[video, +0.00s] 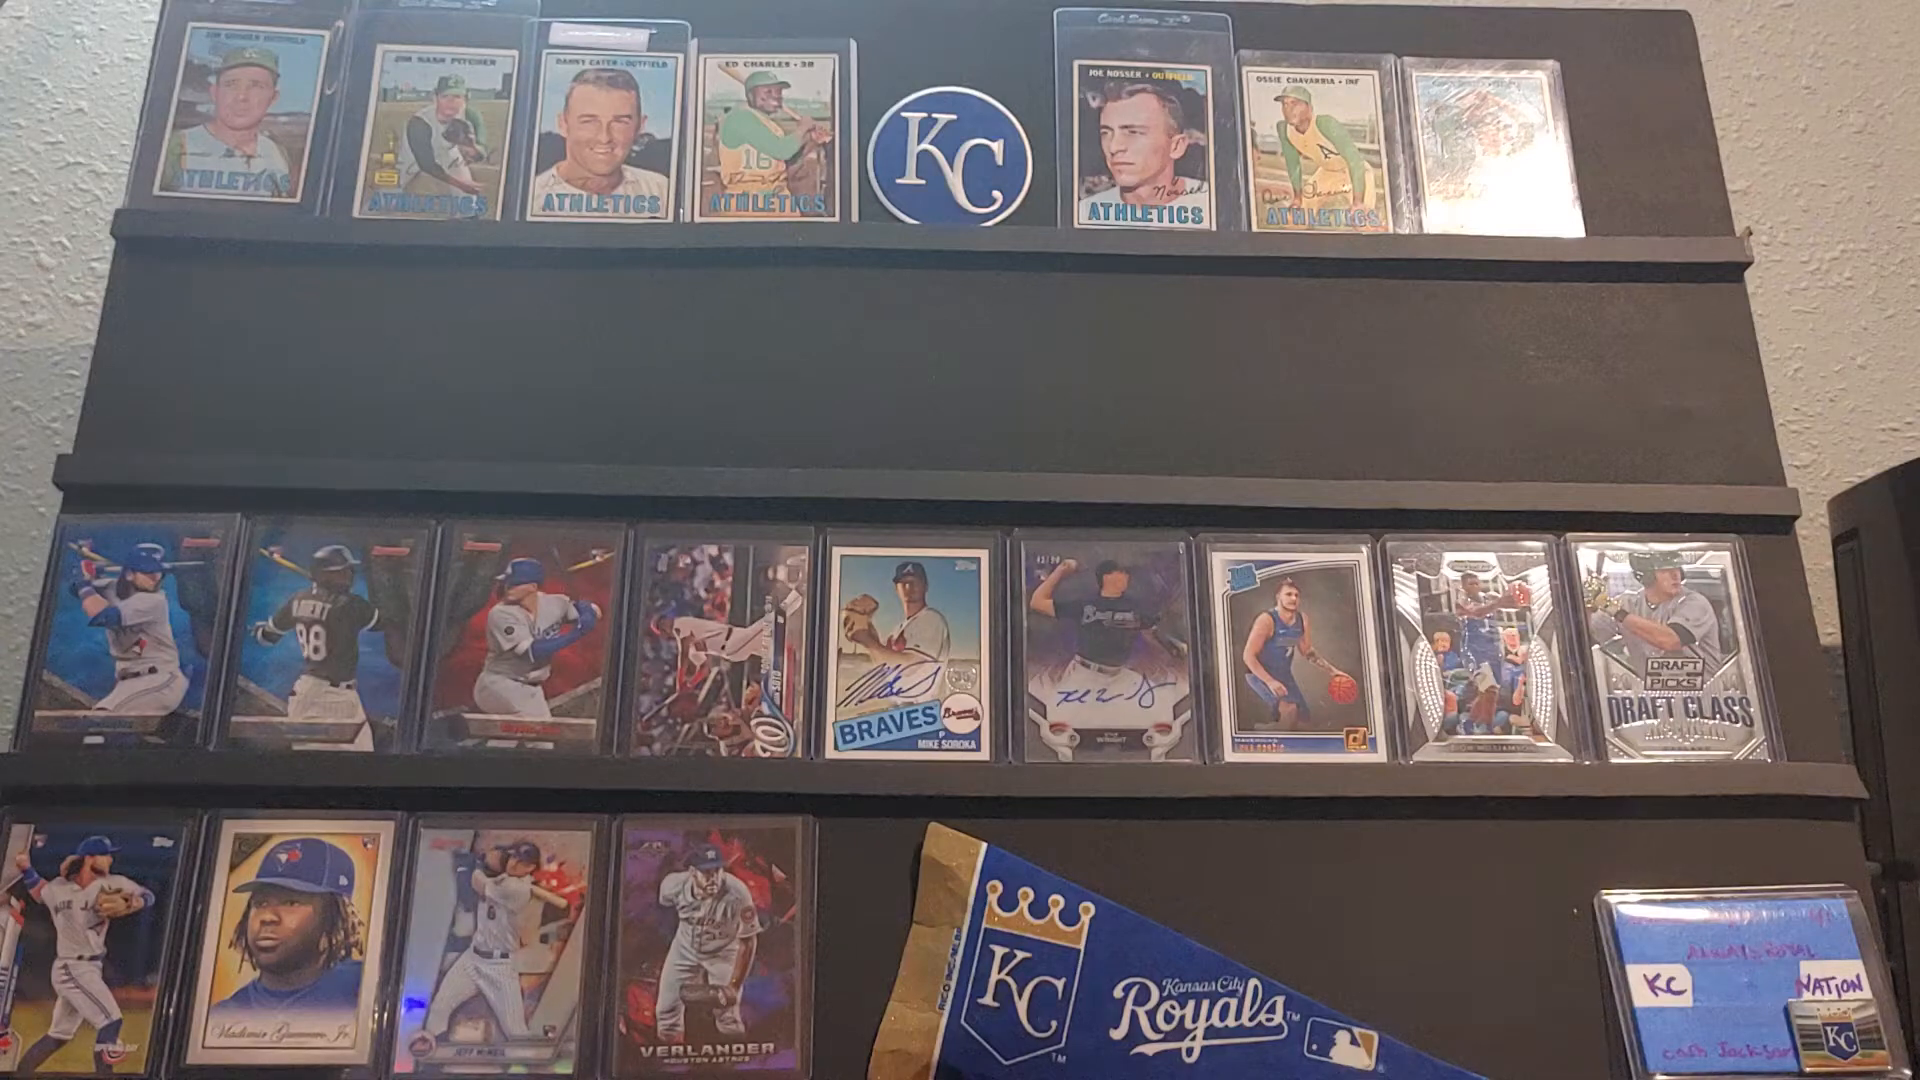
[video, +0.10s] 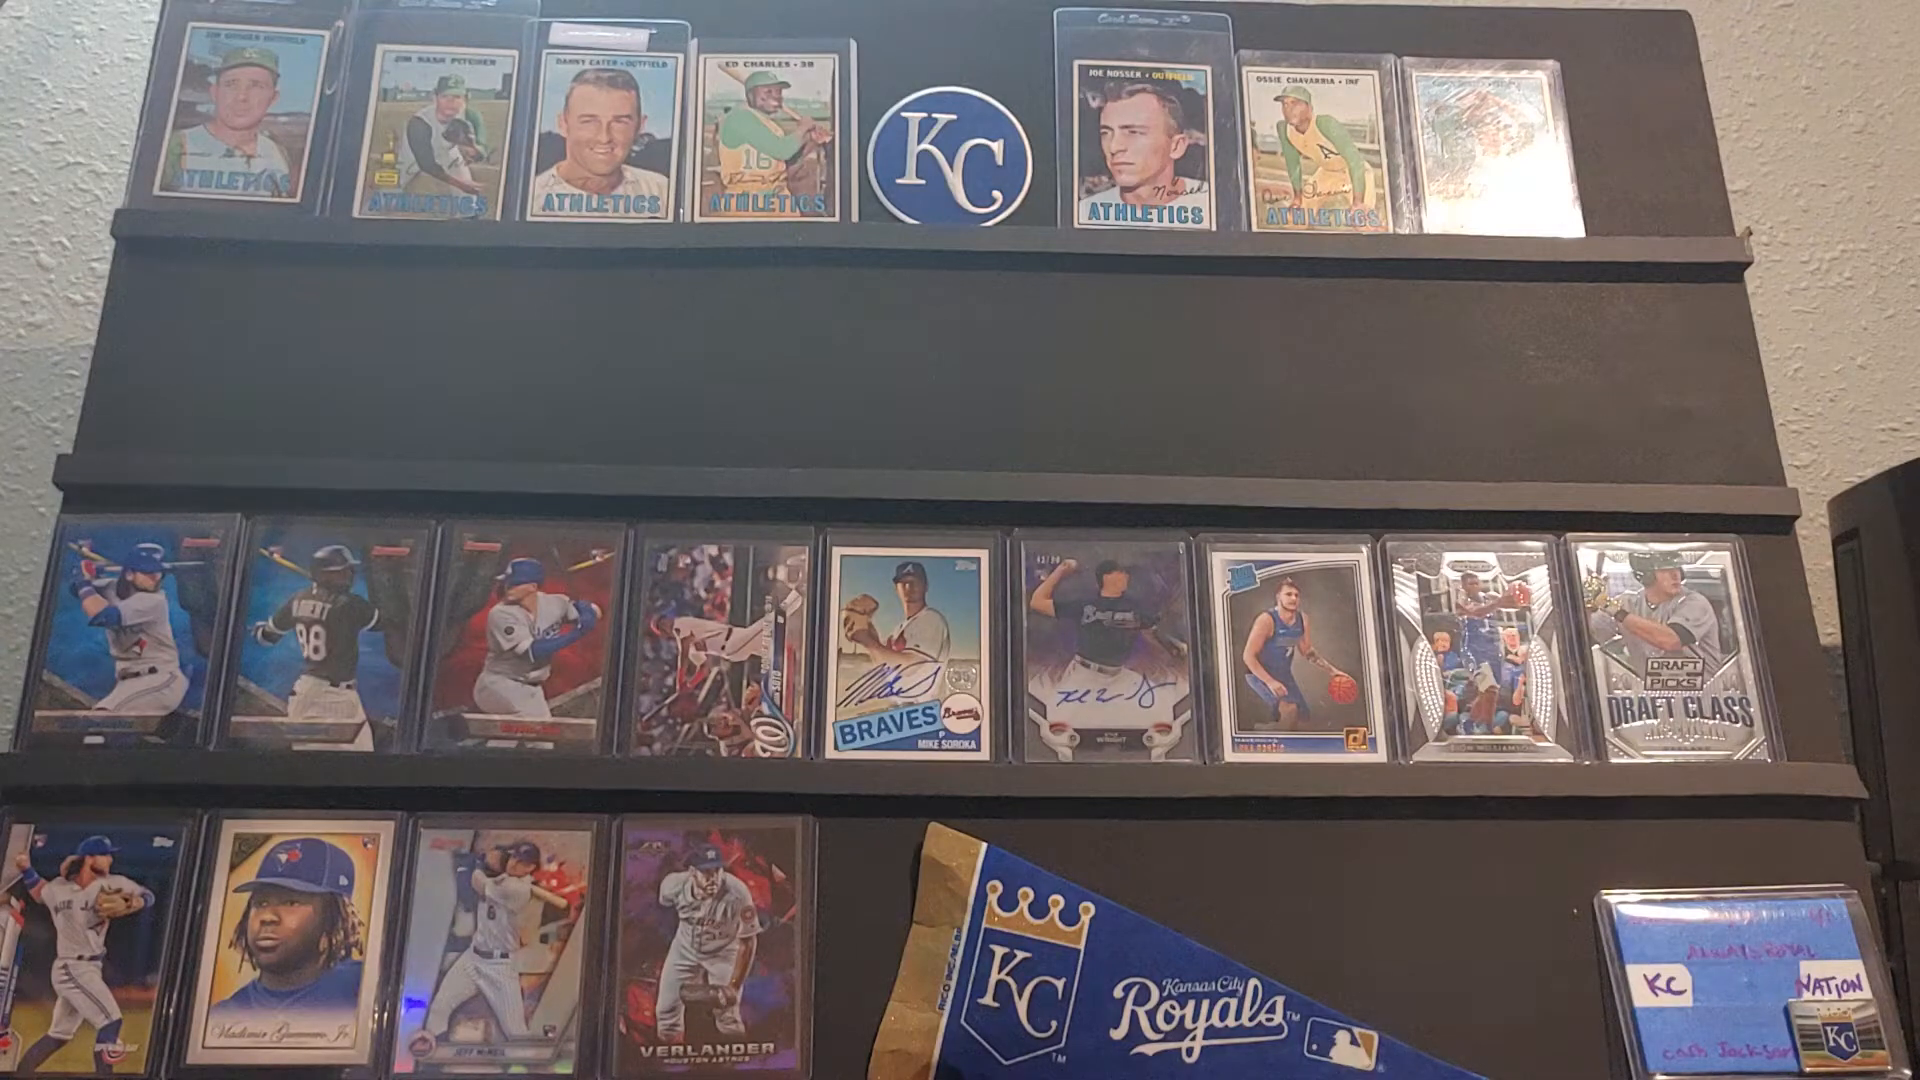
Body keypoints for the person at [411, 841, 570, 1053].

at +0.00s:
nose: (514, 863)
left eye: (522, 862)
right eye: (514, 858)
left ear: (531, 869)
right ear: (509, 858)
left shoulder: (517, 889)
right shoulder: (499, 879)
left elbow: (478, 883)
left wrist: (478, 867)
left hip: (501, 966)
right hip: (472, 959)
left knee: (515, 1030)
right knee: (439, 1007)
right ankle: (427, 1064)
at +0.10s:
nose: (514, 864)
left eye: (522, 862)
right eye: (514, 858)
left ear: (531, 869)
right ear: (509, 858)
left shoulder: (517, 889)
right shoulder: (499, 880)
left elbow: (478, 883)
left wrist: (477, 866)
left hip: (501, 965)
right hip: (473, 958)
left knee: (515, 1030)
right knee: (440, 1006)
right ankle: (429, 1064)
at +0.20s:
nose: (515, 865)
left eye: (522, 863)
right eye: (514, 859)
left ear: (531, 869)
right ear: (509, 859)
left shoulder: (518, 889)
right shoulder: (498, 880)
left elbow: (478, 882)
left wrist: (478, 866)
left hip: (501, 966)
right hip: (472, 958)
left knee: (515, 1030)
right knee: (439, 1007)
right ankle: (429, 1065)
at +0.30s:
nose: (515, 865)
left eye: (522, 863)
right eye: (514, 859)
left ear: (531, 869)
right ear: (509, 859)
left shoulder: (518, 889)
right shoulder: (498, 880)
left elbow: (479, 883)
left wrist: (478, 867)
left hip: (501, 966)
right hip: (473, 958)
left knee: (515, 1031)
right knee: (439, 1007)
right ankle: (427, 1064)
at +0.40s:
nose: (514, 865)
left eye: (522, 863)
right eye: (514, 859)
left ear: (531, 869)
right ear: (509, 858)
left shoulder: (517, 889)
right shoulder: (499, 880)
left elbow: (477, 881)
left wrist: (481, 865)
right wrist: (488, 860)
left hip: (501, 966)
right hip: (473, 958)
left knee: (515, 1030)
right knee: (439, 1006)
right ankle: (427, 1066)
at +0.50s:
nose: (514, 864)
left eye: (521, 862)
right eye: (514, 858)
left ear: (530, 869)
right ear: (509, 858)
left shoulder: (518, 889)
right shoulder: (500, 879)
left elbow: (480, 884)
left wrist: (476, 867)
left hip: (501, 966)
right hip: (473, 958)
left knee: (515, 1031)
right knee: (439, 1006)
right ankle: (425, 1064)